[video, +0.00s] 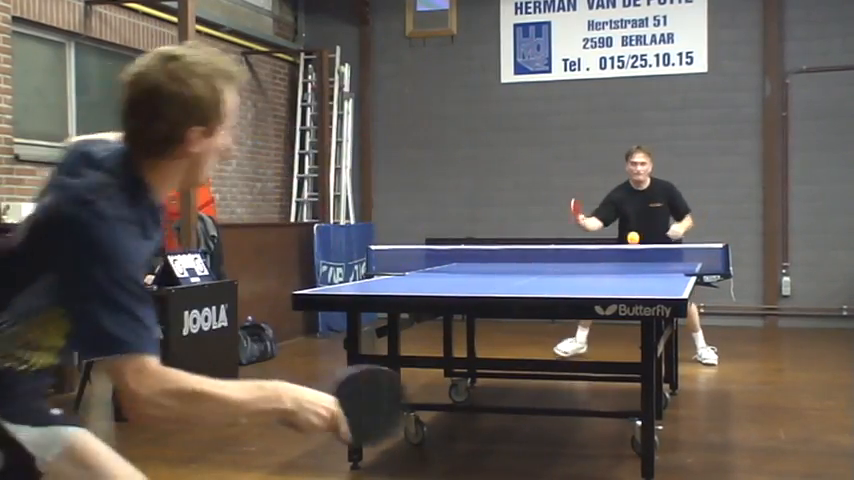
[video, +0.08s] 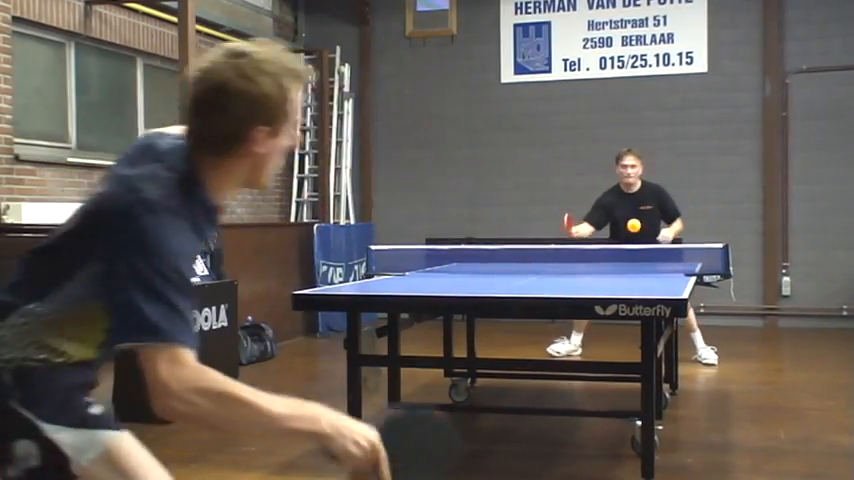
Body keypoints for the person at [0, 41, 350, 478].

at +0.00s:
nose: (230, 145)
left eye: (230, 128)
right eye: (226, 129)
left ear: (144, 122)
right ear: (194, 139)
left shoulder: (93, 158)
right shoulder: (102, 226)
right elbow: (142, 391)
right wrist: (281, 399)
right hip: (14, 398)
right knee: (123, 474)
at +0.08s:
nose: (295, 141)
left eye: (296, 126)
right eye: (292, 128)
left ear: (206, 118)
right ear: (259, 140)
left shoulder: (165, 151)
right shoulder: (155, 221)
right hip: (27, 390)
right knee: (147, 472)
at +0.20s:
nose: (397, 187)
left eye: (400, 172)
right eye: (399, 173)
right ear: (364, 175)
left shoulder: (267, 172)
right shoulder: (256, 236)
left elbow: (219, 133)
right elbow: (222, 407)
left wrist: (267, 126)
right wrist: (326, 474)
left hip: (121, 350)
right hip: (69, 362)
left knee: (211, 462)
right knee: (195, 474)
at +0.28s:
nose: (467, 216)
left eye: (469, 202)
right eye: (467, 203)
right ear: (430, 210)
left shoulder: (324, 191)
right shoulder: (325, 269)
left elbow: (230, 147)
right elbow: (263, 434)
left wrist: (200, 118)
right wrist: (325, 465)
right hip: (125, 378)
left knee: (313, 431)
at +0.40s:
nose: (532, 190)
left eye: (538, 173)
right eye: (533, 172)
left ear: (441, 145)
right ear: (497, 169)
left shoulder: (350, 169)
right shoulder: (428, 244)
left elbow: (225, 186)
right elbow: (497, 404)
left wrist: (193, 167)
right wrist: (599, 351)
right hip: (272, 444)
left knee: (465, 464)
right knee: (472, 473)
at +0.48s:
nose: (542, 140)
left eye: (542, 125)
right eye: (543, 125)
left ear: (451, 115)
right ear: (526, 128)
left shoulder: (369, 171)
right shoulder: (509, 203)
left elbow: (245, 208)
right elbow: (657, 235)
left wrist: (211, 190)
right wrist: (646, 121)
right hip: (359, 451)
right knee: (502, 472)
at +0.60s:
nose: (555, 41)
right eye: (554, 30)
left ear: (465, 34)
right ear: (547, 41)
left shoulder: (390, 110)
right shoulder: (553, 127)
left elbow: (271, 187)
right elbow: (701, 170)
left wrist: (215, 204)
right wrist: (665, 76)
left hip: (332, 371)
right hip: (438, 388)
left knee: (401, 468)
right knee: (534, 469)